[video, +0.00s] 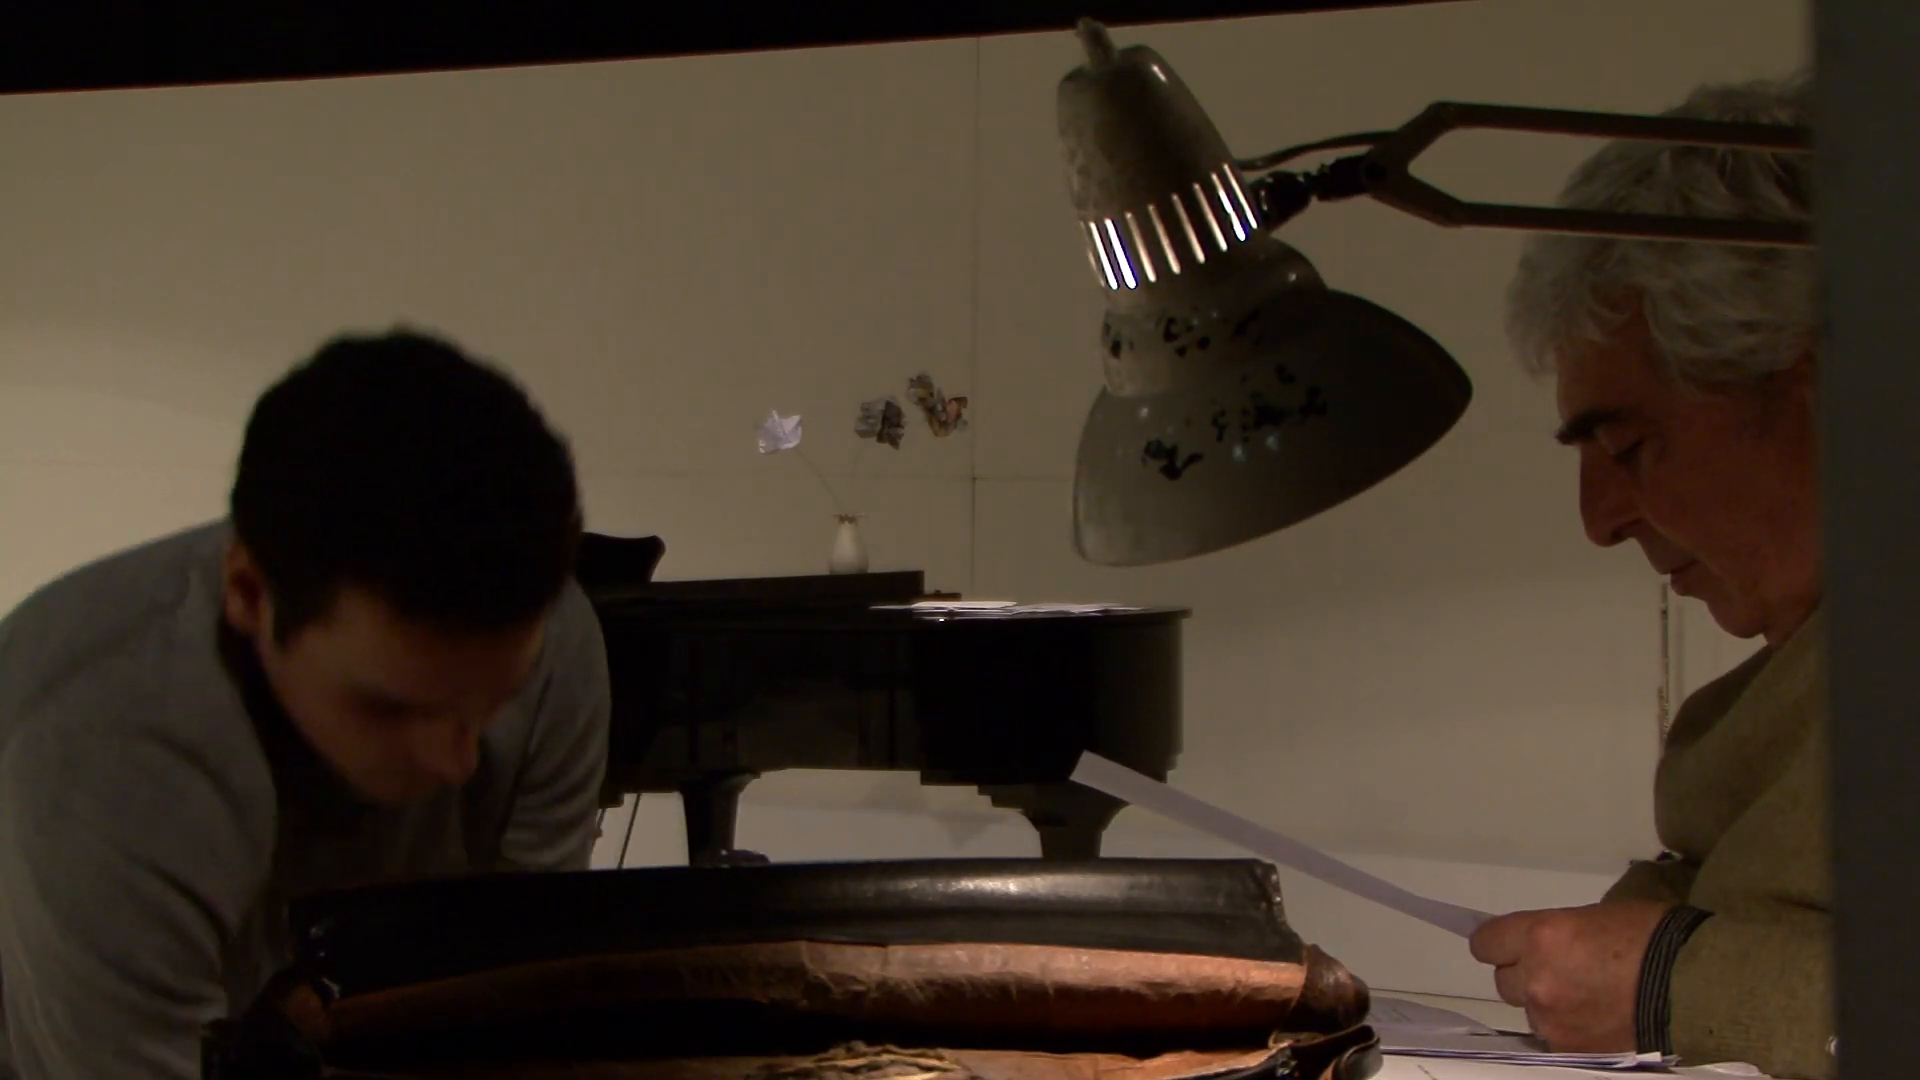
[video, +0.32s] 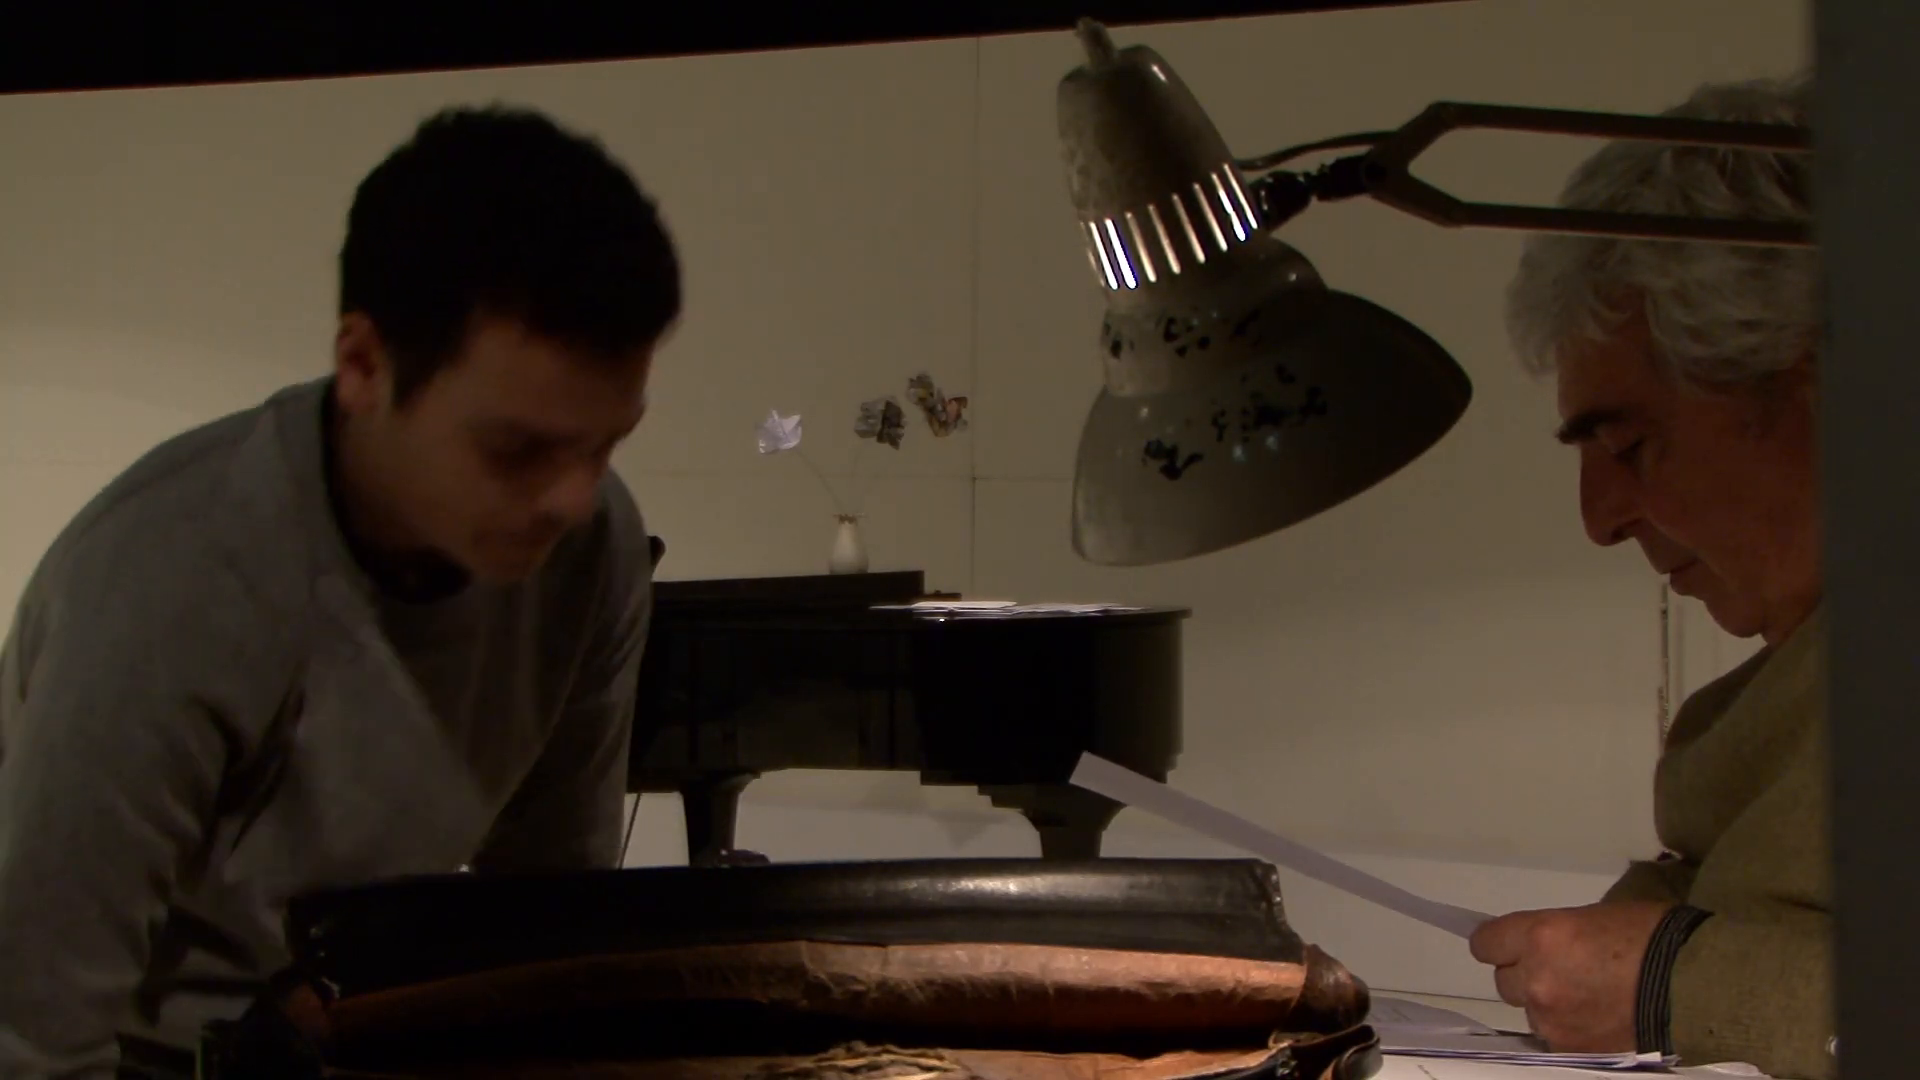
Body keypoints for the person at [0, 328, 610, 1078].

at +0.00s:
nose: (453, 763)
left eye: (491, 703)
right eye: (389, 710)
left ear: (535, 629)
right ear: (249, 596)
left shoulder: (548, 652)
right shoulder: (120, 770)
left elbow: (528, 977)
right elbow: (120, 1063)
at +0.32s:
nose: (573, 503)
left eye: (604, 447)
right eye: (520, 450)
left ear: (628, 401)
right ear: (363, 368)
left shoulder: (594, 554)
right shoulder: (163, 589)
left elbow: (557, 914)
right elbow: (49, 1034)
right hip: (157, 1039)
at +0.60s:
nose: (684, 334)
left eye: (703, 285)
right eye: (636, 278)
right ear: (474, 233)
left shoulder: (647, 505)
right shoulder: (237, 479)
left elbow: (639, 857)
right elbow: (128, 946)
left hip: (491, 1018)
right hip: (232, 1021)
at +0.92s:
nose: (723, 283)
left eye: (742, 242)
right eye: (679, 226)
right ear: (522, 190)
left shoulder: (666, 489)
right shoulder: (293, 421)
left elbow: (614, 810)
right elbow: (190, 837)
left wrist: (618, 1010)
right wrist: (361, 1041)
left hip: (498, 1022)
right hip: (208, 1026)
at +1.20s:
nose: (704, 265)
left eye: (720, 222)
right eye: (654, 210)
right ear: (498, 187)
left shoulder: (642, 466)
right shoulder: (287, 427)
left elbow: (574, 792)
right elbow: (239, 875)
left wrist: (586, 1011)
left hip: (492, 1017)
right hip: (220, 1038)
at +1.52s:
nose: (656, 242)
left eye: (665, 196)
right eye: (600, 189)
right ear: (439, 185)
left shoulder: (608, 430)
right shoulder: (259, 441)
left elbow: (551, 768)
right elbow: (230, 903)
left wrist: (578, 977)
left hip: (518, 986)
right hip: (271, 1022)